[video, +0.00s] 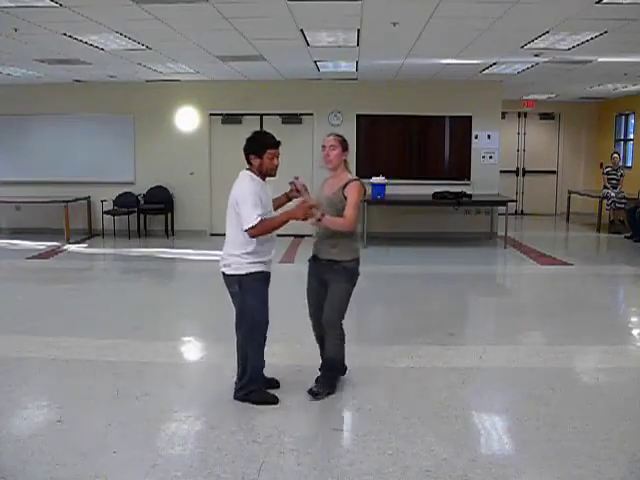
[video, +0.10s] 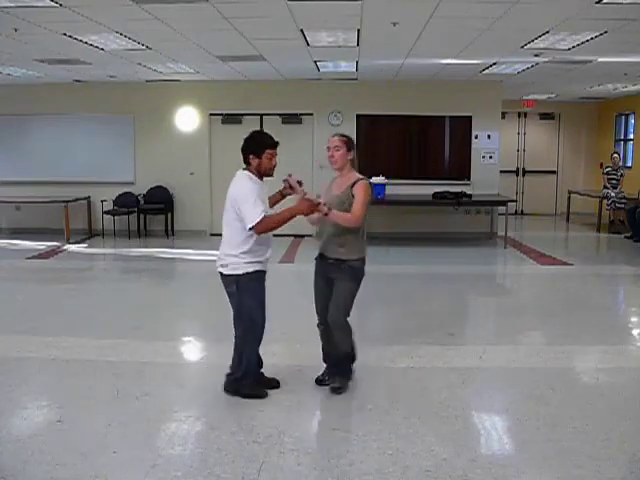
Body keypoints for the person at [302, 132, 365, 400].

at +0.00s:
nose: (327, 153)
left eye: (332, 148)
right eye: (324, 148)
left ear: (344, 153)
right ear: (322, 154)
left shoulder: (353, 185)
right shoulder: (326, 183)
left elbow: (349, 224)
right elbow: (321, 215)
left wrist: (321, 219)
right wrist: (305, 196)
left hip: (343, 264)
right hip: (320, 260)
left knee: (331, 320)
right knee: (317, 318)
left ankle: (328, 377)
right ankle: (334, 365)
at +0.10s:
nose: (332, 154)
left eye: (337, 149)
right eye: (329, 150)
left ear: (350, 153)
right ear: (328, 154)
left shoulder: (360, 184)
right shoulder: (331, 184)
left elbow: (355, 220)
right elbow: (322, 217)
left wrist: (327, 212)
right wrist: (303, 197)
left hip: (349, 262)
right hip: (326, 259)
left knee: (336, 318)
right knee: (324, 318)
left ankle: (343, 371)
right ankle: (331, 367)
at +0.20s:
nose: (338, 155)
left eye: (343, 150)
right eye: (336, 151)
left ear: (357, 153)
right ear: (335, 155)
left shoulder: (368, 183)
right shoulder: (342, 183)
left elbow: (360, 215)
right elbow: (326, 209)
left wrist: (330, 210)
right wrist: (299, 197)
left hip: (357, 262)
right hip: (334, 259)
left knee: (345, 317)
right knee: (329, 319)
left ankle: (371, 358)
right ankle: (335, 367)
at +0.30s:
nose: (345, 157)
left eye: (349, 152)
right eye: (343, 153)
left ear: (364, 154)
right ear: (347, 156)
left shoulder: (378, 184)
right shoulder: (353, 183)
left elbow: (362, 213)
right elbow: (337, 208)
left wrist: (333, 209)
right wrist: (302, 205)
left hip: (369, 263)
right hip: (345, 258)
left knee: (360, 318)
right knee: (329, 312)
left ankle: (385, 363)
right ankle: (333, 365)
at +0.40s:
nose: (352, 158)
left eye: (356, 153)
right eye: (352, 153)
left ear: (372, 155)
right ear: (366, 157)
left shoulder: (385, 185)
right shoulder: (362, 187)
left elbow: (368, 211)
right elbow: (343, 213)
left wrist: (337, 211)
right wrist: (313, 217)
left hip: (380, 265)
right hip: (357, 261)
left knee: (370, 318)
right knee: (339, 310)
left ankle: (385, 365)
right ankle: (330, 364)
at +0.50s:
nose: (359, 158)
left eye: (363, 153)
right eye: (359, 153)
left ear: (379, 156)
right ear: (374, 158)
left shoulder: (390, 186)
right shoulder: (372, 186)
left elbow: (368, 213)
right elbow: (356, 211)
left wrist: (333, 218)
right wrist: (328, 214)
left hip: (389, 263)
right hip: (370, 260)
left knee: (376, 318)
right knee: (350, 312)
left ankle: (386, 366)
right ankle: (341, 361)